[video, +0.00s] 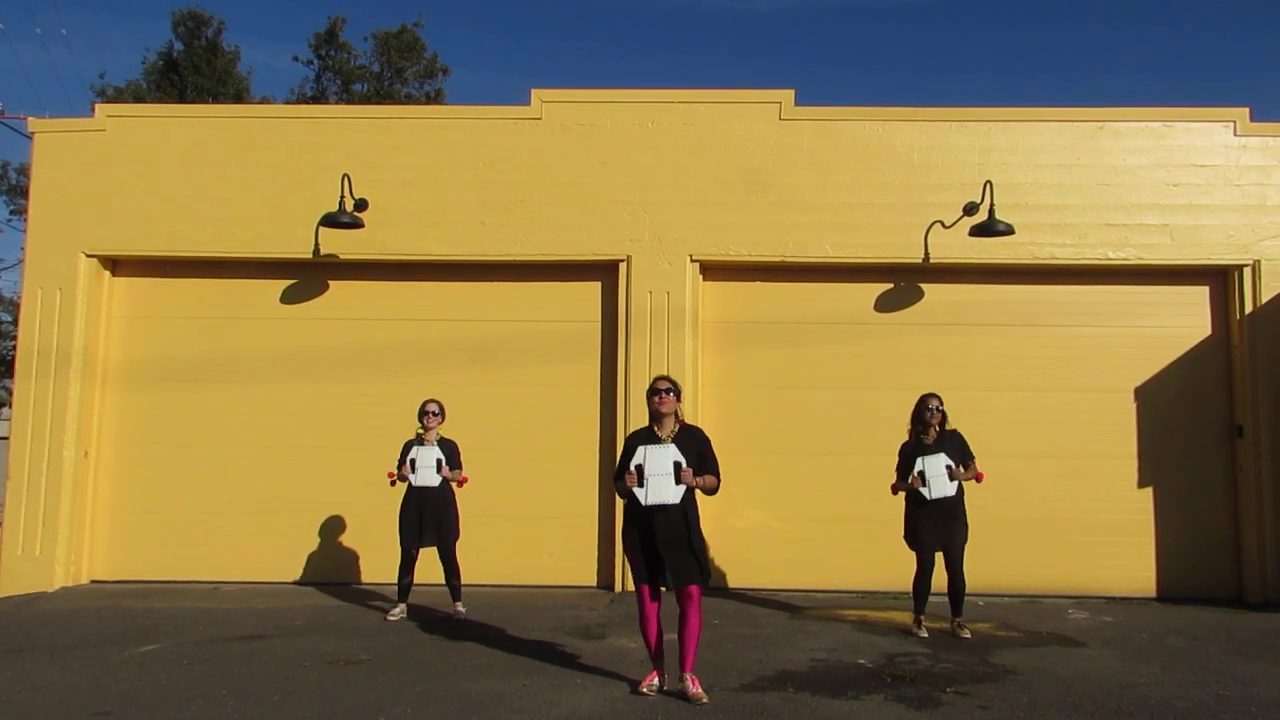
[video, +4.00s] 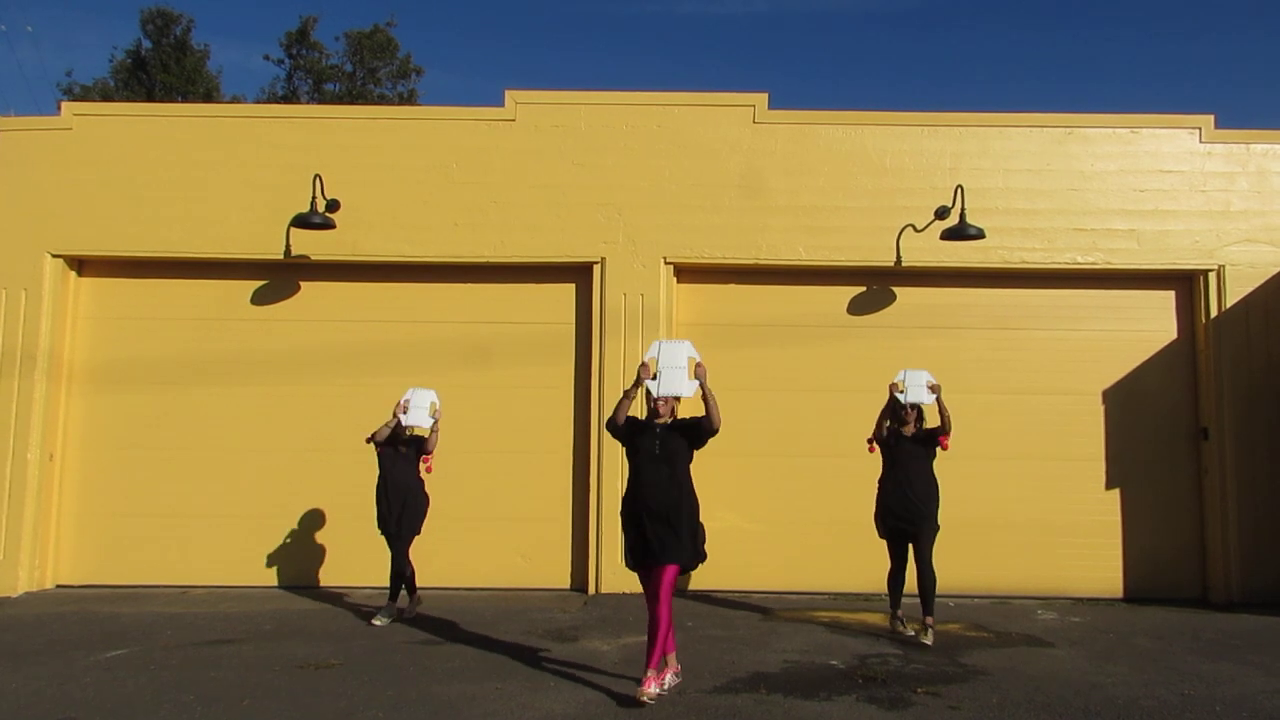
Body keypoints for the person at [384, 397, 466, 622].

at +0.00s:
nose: (430, 417)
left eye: (435, 414)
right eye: (426, 413)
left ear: (441, 418)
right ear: (420, 417)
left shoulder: (449, 446)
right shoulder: (410, 445)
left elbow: (458, 475)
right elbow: (401, 476)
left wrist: (448, 474)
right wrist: (404, 473)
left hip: (442, 507)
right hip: (414, 506)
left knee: (447, 555)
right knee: (408, 555)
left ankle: (457, 604)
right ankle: (401, 604)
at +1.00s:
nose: (425, 416)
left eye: (430, 412)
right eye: (422, 412)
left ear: (437, 417)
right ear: (416, 416)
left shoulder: (444, 444)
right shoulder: (406, 443)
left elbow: (452, 475)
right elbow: (393, 475)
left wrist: (442, 469)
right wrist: (399, 470)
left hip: (436, 507)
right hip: (409, 506)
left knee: (441, 554)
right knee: (401, 554)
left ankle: (450, 604)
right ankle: (393, 603)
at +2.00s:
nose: (410, 417)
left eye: (415, 413)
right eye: (406, 413)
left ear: (423, 417)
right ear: (402, 418)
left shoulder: (431, 446)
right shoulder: (393, 446)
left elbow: (441, 476)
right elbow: (382, 476)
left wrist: (428, 475)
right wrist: (384, 474)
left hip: (422, 510)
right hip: (393, 509)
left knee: (428, 558)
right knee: (387, 557)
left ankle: (436, 606)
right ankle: (380, 606)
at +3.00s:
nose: (414, 409)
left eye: (418, 406)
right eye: (411, 406)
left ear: (425, 413)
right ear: (404, 412)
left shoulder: (432, 434)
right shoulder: (398, 434)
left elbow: (433, 412)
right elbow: (384, 412)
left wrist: (424, 379)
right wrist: (385, 383)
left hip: (421, 499)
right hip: (394, 498)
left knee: (413, 552)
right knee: (398, 553)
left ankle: (408, 603)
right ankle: (405, 602)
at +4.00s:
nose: (405, 427)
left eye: (407, 425)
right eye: (402, 424)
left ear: (412, 425)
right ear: (396, 424)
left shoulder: (416, 442)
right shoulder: (383, 440)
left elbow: (429, 448)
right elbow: (377, 438)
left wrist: (435, 424)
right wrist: (395, 419)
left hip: (413, 501)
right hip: (387, 502)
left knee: (400, 552)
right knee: (398, 553)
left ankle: (391, 605)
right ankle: (414, 596)